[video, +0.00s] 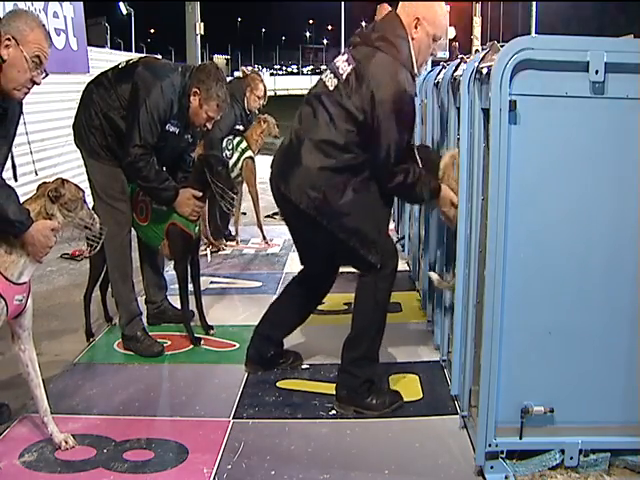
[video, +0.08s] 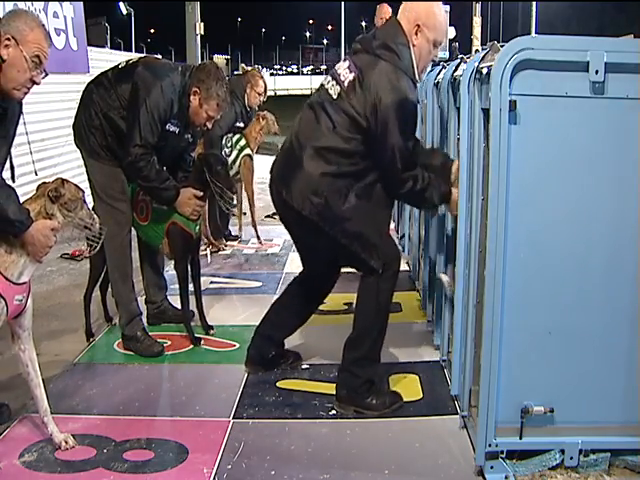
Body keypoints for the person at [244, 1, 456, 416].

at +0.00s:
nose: (437, 51)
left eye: (440, 41)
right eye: (436, 39)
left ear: (406, 21)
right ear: (413, 27)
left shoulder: (368, 49)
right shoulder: (391, 73)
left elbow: (391, 145)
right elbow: (392, 170)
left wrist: (435, 164)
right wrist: (436, 193)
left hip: (292, 173)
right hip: (324, 181)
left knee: (319, 270)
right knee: (380, 261)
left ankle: (263, 350)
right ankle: (358, 386)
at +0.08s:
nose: (436, 57)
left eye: (439, 47)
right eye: (436, 45)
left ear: (409, 28)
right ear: (415, 32)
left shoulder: (370, 57)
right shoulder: (394, 83)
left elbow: (397, 148)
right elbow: (399, 175)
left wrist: (442, 165)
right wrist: (444, 193)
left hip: (292, 178)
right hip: (320, 187)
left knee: (321, 271)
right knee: (383, 262)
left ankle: (264, 350)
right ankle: (358, 386)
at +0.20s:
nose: (435, 67)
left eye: (438, 58)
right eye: (434, 56)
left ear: (406, 40)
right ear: (414, 43)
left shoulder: (367, 68)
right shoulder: (396, 98)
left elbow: (415, 151)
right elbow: (409, 184)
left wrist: (461, 176)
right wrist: (456, 204)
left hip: (289, 193)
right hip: (319, 204)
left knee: (333, 269)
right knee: (388, 267)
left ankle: (267, 341)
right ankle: (358, 387)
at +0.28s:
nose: (431, 74)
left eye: (434, 65)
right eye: (430, 63)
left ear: (400, 47)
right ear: (410, 53)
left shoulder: (366, 75)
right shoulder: (391, 104)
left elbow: (420, 151)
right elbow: (418, 190)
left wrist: (473, 172)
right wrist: (473, 211)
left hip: (291, 207)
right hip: (322, 217)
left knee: (336, 282)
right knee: (392, 271)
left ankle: (268, 347)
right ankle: (358, 388)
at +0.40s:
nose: (426, 83)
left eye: (427, 74)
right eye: (424, 74)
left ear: (395, 63)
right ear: (404, 70)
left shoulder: (361, 87)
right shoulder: (393, 129)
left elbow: (384, 149)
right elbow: (433, 206)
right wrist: (490, 218)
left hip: (296, 229)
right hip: (325, 240)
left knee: (340, 312)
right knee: (400, 275)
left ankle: (264, 333)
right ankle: (359, 388)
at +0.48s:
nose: (422, 86)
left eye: (424, 79)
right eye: (418, 79)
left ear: (389, 72)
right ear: (397, 77)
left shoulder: (355, 95)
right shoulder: (389, 138)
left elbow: (401, 130)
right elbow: (436, 210)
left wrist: (429, 95)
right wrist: (494, 209)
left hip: (299, 239)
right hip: (326, 252)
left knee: (342, 329)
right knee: (403, 277)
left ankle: (265, 328)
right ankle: (359, 387)